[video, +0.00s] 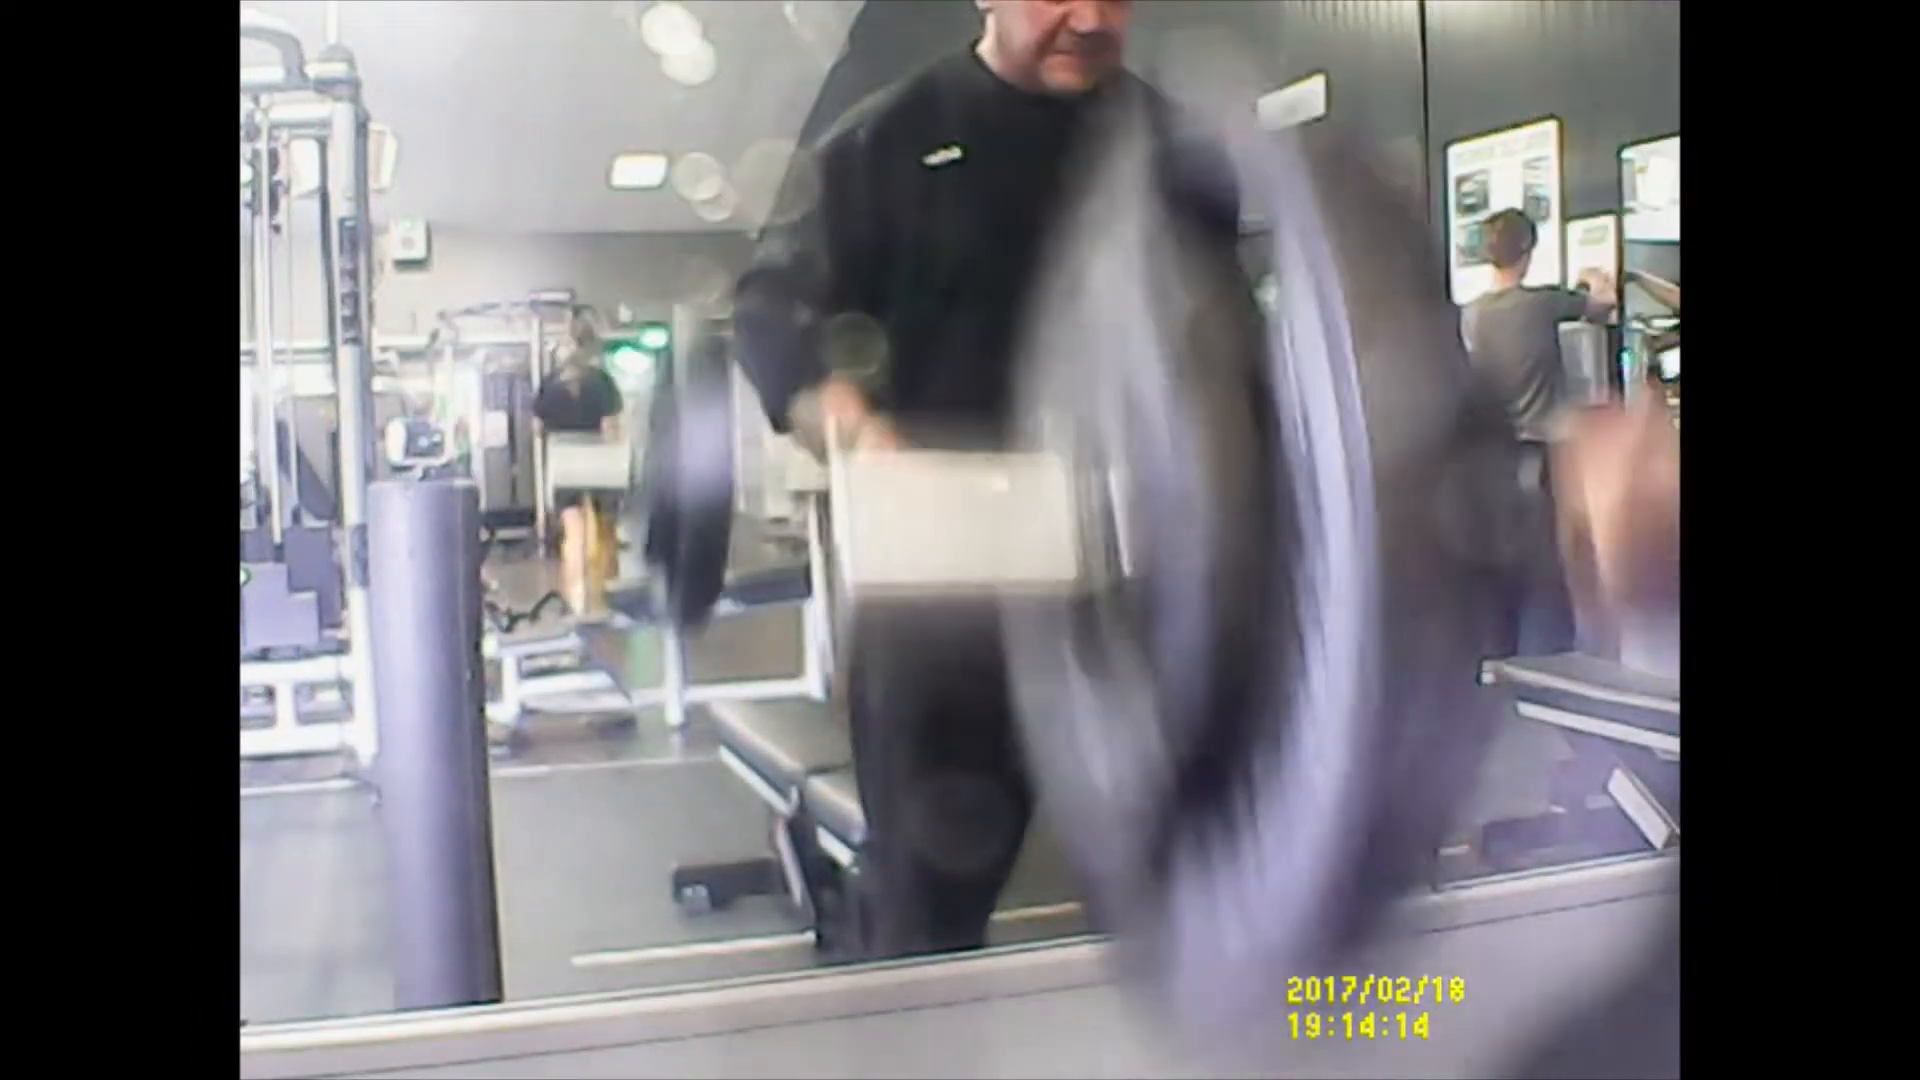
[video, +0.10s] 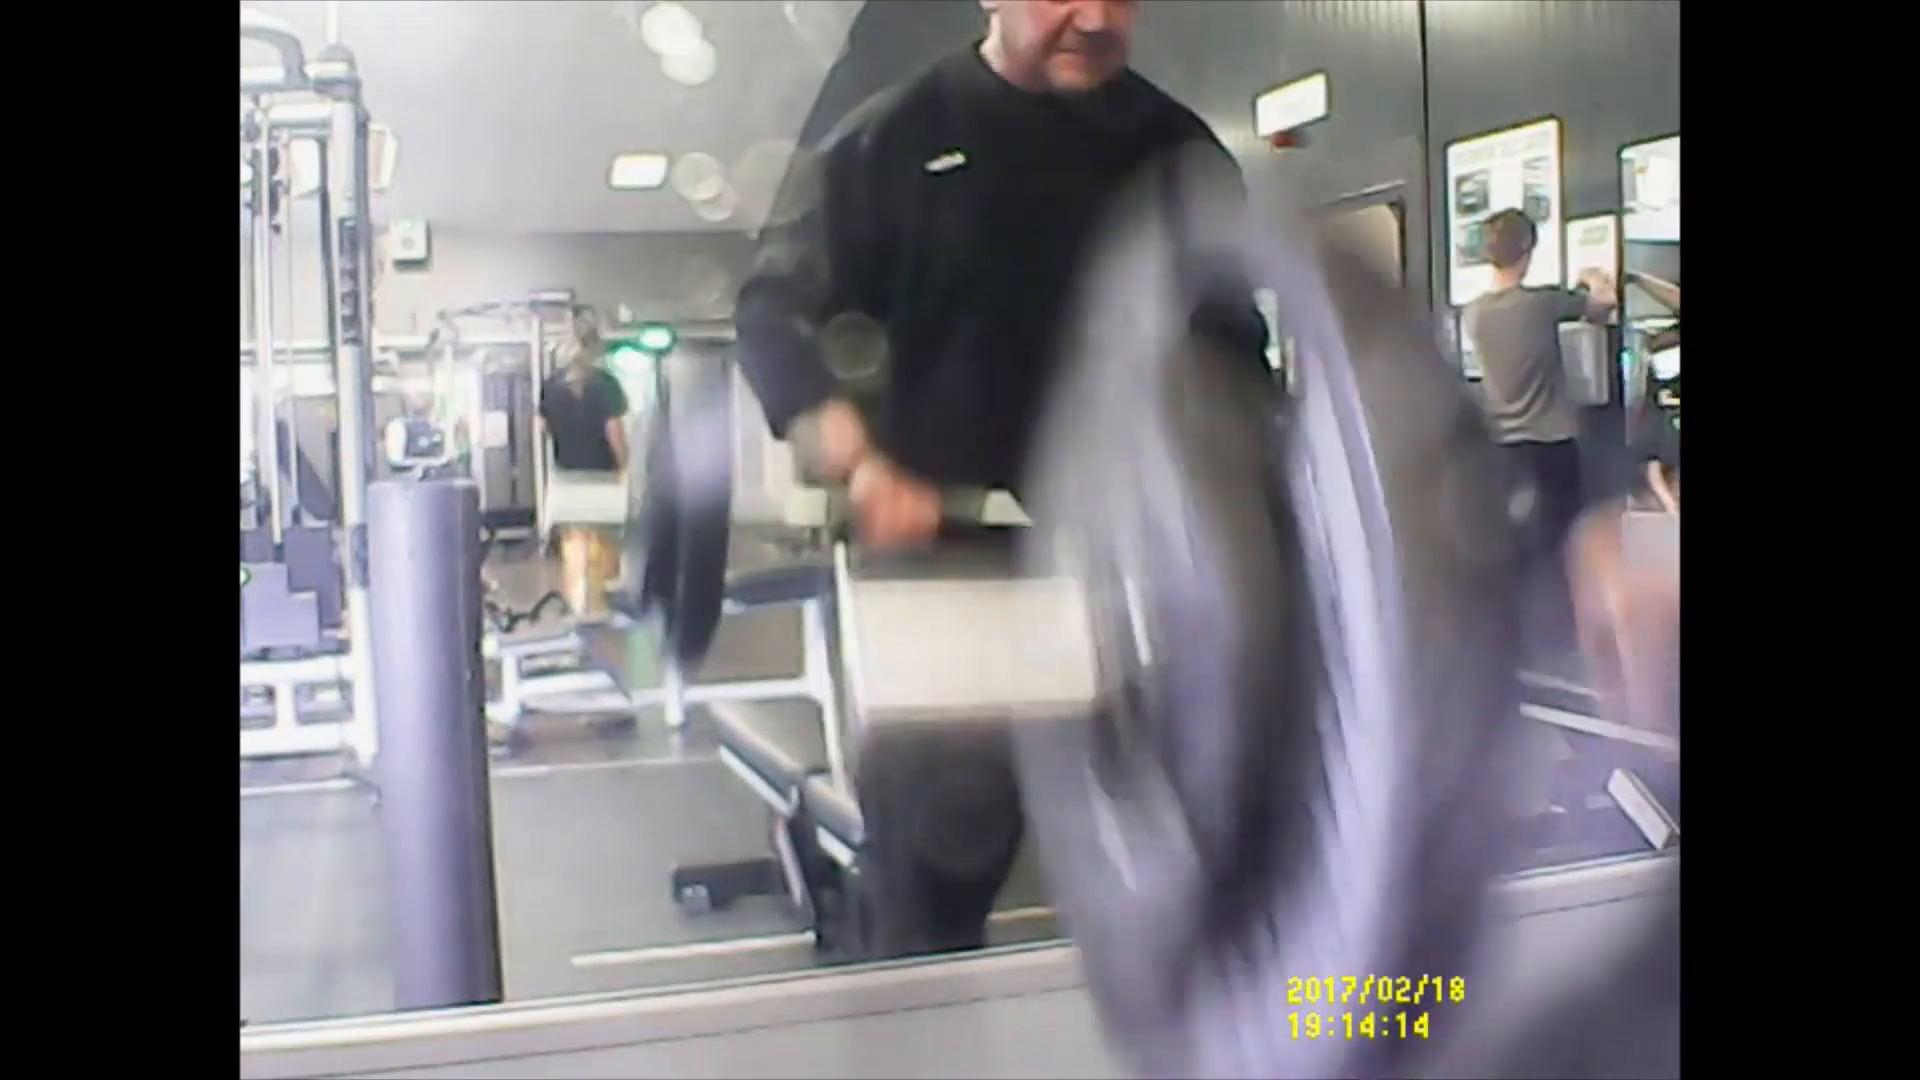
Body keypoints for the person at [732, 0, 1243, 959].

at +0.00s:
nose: (1092, 17)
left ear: (1134, 12)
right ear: (993, 4)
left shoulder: (1162, 143)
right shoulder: (888, 143)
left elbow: (1229, 334)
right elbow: (771, 302)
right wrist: (824, 400)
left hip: (1133, 541)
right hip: (940, 544)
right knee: (938, 855)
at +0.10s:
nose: (1097, 17)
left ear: (1140, 11)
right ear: (997, 3)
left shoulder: (1176, 147)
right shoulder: (900, 138)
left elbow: (1234, 345)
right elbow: (771, 310)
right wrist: (855, 462)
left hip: (1132, 544)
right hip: (944, 552)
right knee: (938, 857)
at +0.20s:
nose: (1111, 17)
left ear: (1154, 11)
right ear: (1010, 3)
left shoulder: (1202, 175)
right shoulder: (909, 147)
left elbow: (1228, 397)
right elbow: (795, 334)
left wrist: (1226, 562)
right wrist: (846, 529)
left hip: (1138, 616)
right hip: (939, 612)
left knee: (1156, 943)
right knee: (935, 952)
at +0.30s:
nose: (1128, 16)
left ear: (1172, 18)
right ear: (1018, 10)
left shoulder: (1215, 191)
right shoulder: (919, 159)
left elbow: (1224, 412)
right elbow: (790, 342)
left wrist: (1209, 544)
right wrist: (842, 542)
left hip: (1131, 619)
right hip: (935, 617)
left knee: (1160, 943)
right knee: (914, 960)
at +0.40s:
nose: (1125, 13)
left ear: (1169, 16)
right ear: (1016, 12)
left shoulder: (1214, 188)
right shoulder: (920, 159)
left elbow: (1233, 395)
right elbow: (785, 339)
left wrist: (1214, 521)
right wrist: (842, 530)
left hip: (1130, 624)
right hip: (935, 619)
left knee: (1153, 935)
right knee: (920, 945)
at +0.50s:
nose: (1120, 11)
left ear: (1163, 14)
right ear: (1013, 10)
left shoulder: (1211, 186)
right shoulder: (921, 157)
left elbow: (1229, 407)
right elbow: (782, 338)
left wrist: (1248, 549)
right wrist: (844, 525)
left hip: (1126, 612)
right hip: (934, 606)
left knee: (1139, 927)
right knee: (929, 934)